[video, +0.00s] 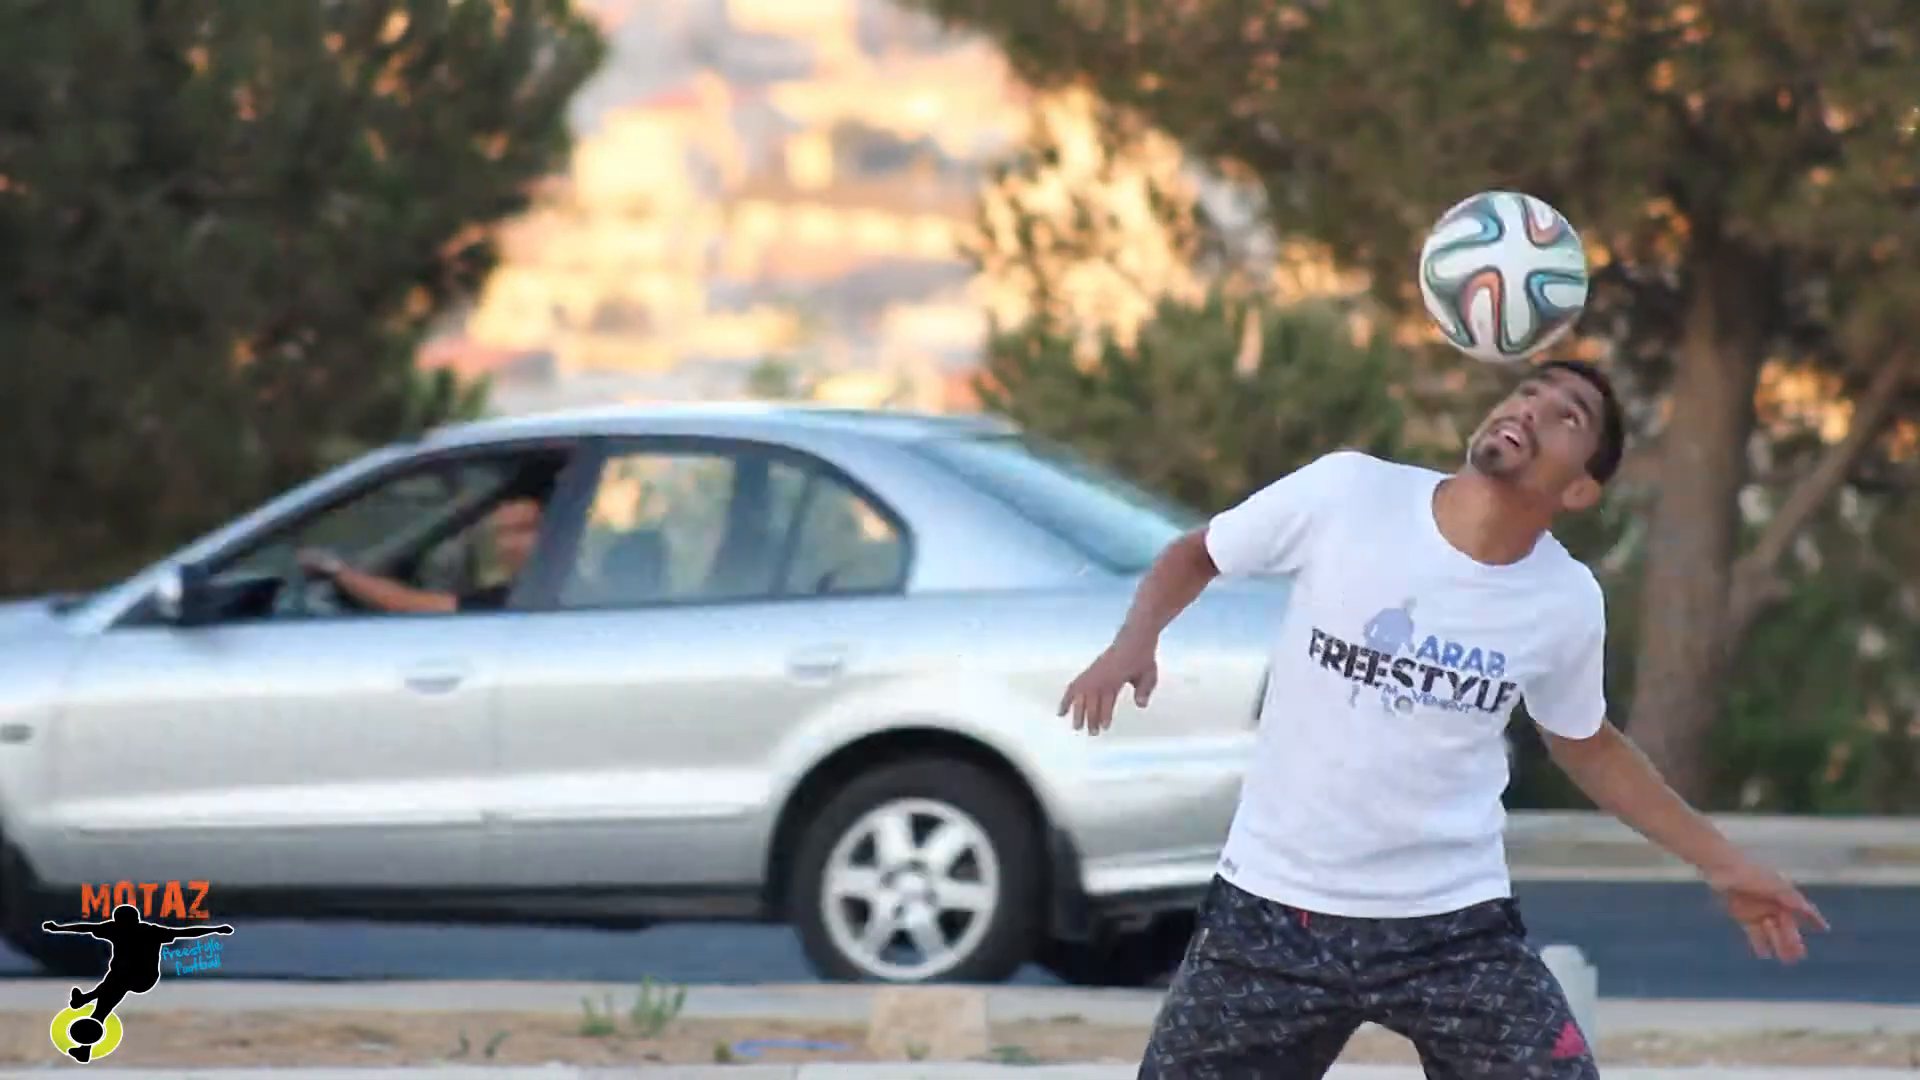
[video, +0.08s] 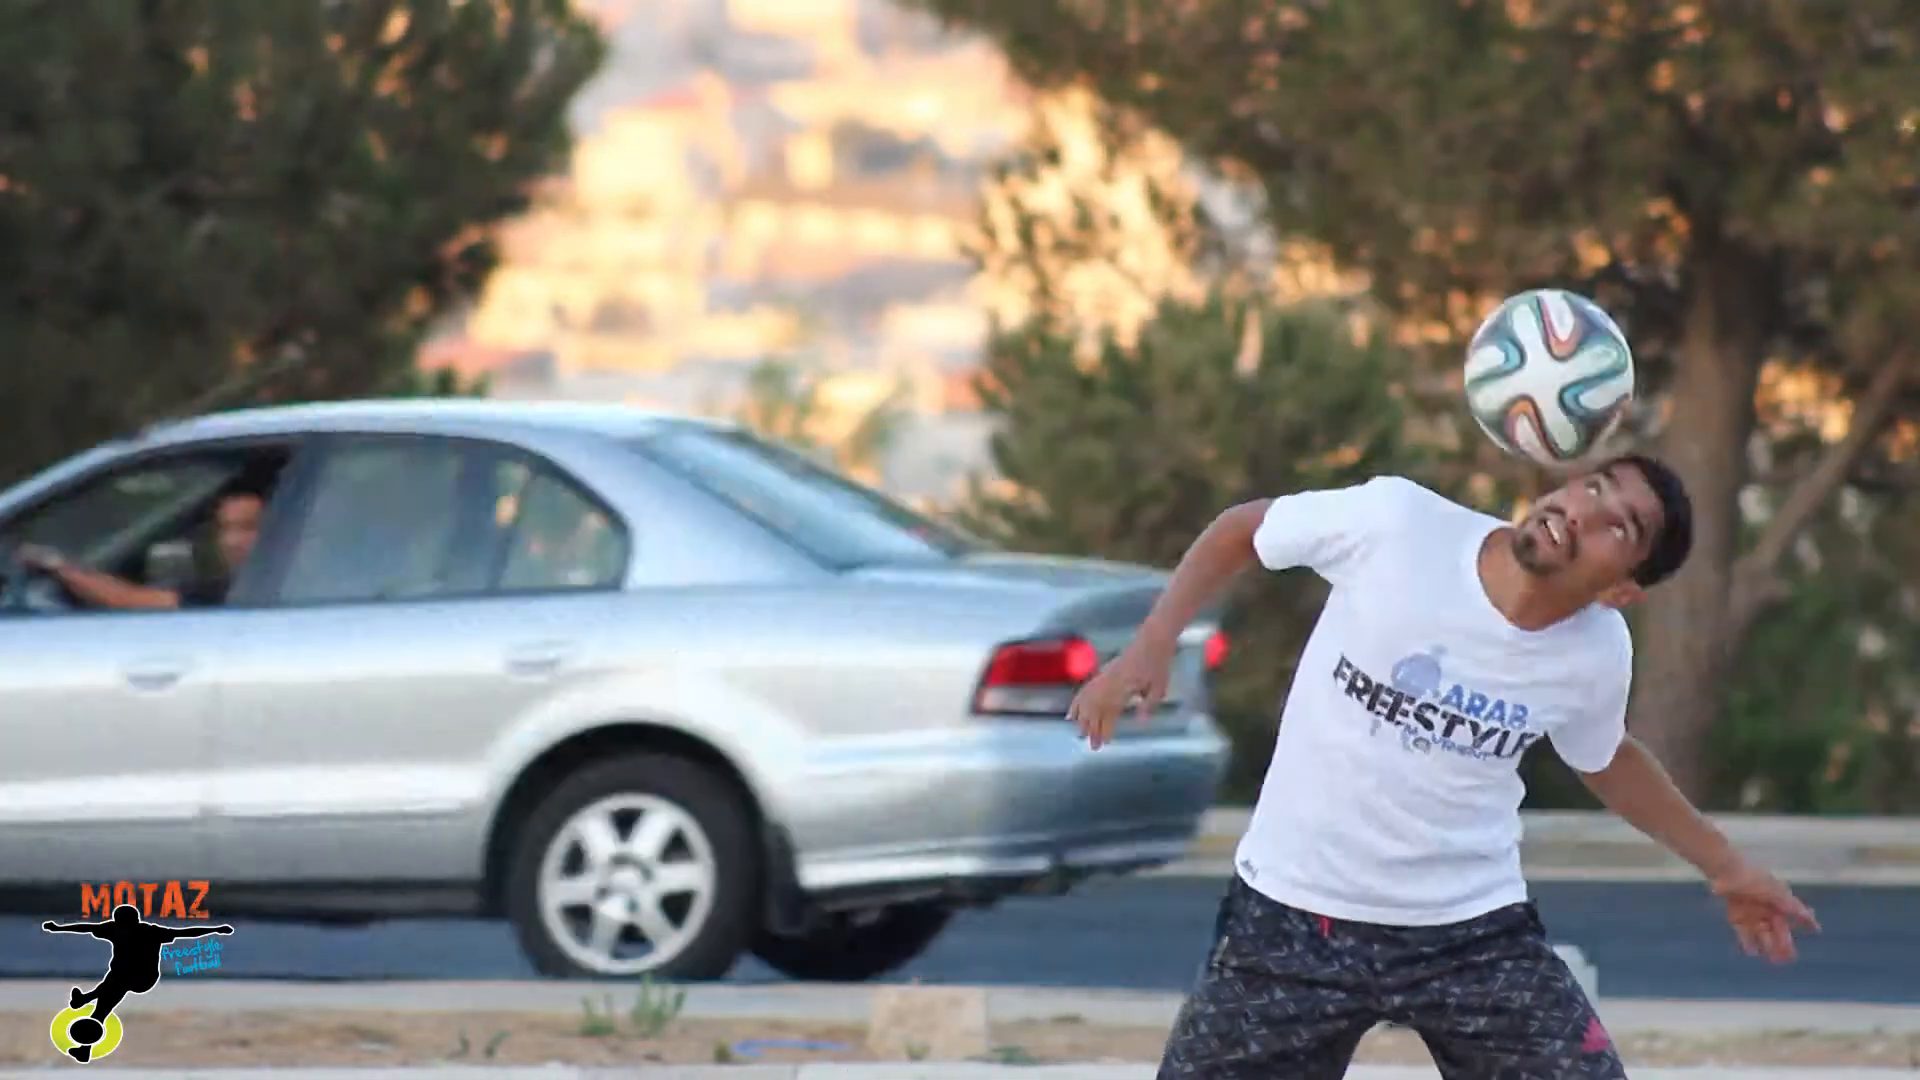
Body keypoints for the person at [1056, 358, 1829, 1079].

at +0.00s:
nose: (1528, 411)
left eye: (1565, 419)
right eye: (1523, 395)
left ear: (1578, 495)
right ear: (1478, 424)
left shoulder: (1567, 603)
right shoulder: (1344, 493)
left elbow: (1590, 744)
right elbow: (1197, 555)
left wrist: (1722, 863)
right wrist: (1135, 635)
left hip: (1457, 939)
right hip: (1270, 926)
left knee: (1558, 1068)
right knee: (1177, 1069)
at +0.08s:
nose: (1586, 511)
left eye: (1618, 527)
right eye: (1596, 487)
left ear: (1620, 588)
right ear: (1557, 484)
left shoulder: (1595, 652)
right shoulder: (1392, 522)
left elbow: (1602, 756)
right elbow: (1243, 532)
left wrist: (1723, 865)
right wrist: (1153, 638)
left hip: (1475, 943)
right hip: (1291, 930)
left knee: (1591, 1069)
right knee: (1198, 1068)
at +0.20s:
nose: (1552, 715)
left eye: (1587, 731)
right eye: (1570, 684)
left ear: (1620, 740)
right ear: (1579, 630)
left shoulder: (1619, 730)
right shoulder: (1439, 609)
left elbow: (1681, 758)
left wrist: (1768, 824)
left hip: (1520, 954)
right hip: (1335, 941)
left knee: (1614, 1070)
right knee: (1255, 1069)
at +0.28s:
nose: (1506, 785)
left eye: (1536, 784)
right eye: (1503, 758)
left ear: (1605, 749)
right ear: (1505, 671)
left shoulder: (1638, 707)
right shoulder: (1412, 627)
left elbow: (1701, 742)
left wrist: (1799, 804)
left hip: (1536, 941)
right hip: (1356, 927)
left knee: (1629, 1073)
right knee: (1290, 1074)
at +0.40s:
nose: (1469, 705)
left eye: (1467, 685)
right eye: (1441, 710)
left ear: (1464, 603)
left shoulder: (1581, 587)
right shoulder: (1327, 589)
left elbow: (1694, 668)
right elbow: (1231, 630)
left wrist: (1820, 780)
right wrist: (1154, 780)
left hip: (1543, 946)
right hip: (1359, 937)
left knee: (1633, 1072)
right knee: (1301, 1072)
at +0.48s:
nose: (1404, 600)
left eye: (1400, 576)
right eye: (1372, 601)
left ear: (1412, 510)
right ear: (1325, 579)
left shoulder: (1547, 538)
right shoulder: (1297, 574)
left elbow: (1664, 634)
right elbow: (1204, 650)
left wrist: (1793, 760)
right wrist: (1135, 778)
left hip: (1523, 934)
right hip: (1338, 927)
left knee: (1617, 1069)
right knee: (1286, 1068)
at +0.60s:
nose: (1388, 332)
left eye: (1383, 309)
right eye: (1348, 323)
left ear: (1405, 327)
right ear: (1293, 381)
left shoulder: (1506, 463)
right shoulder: (1253, 505)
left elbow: (1593, 611)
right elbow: (1202, 649)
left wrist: (1709, 721)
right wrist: (1124, 751)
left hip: (1495, 886)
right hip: (1319, 889)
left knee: (1563, 1070)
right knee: (1271, 1070)